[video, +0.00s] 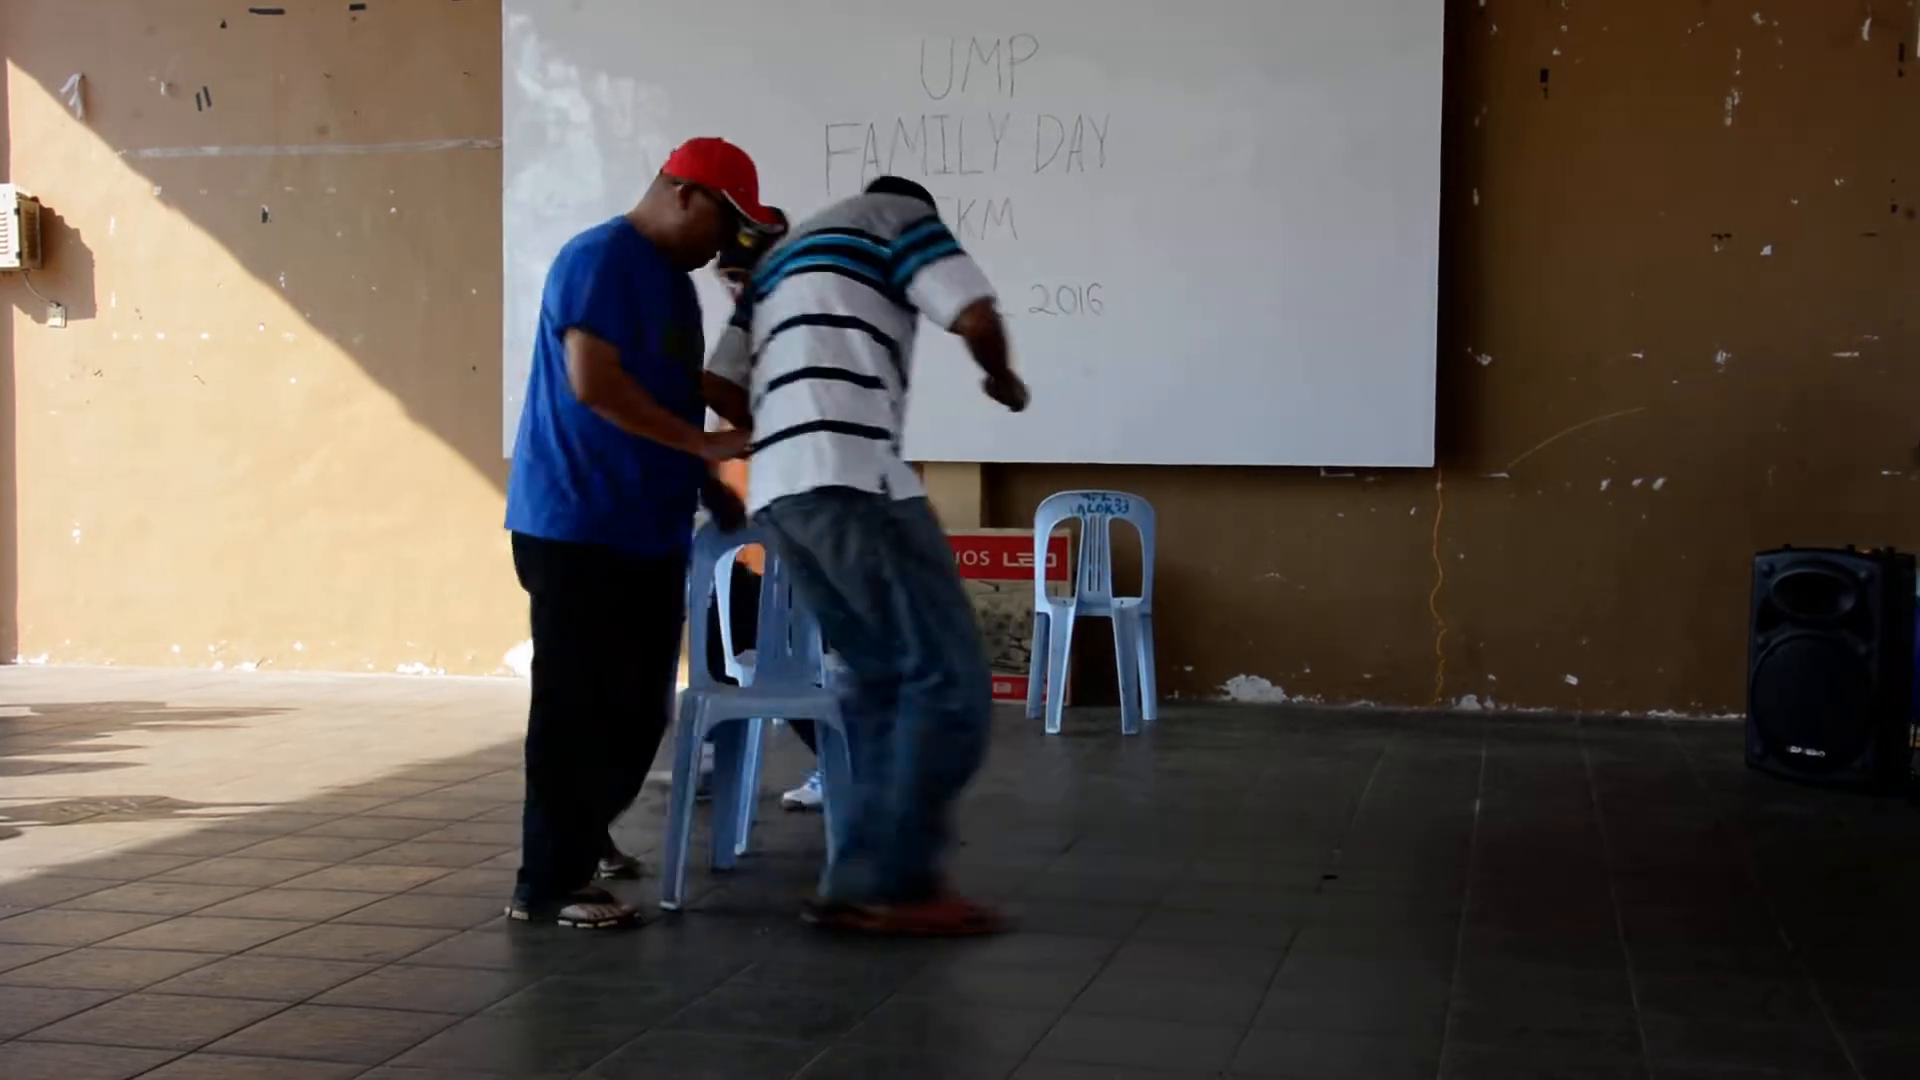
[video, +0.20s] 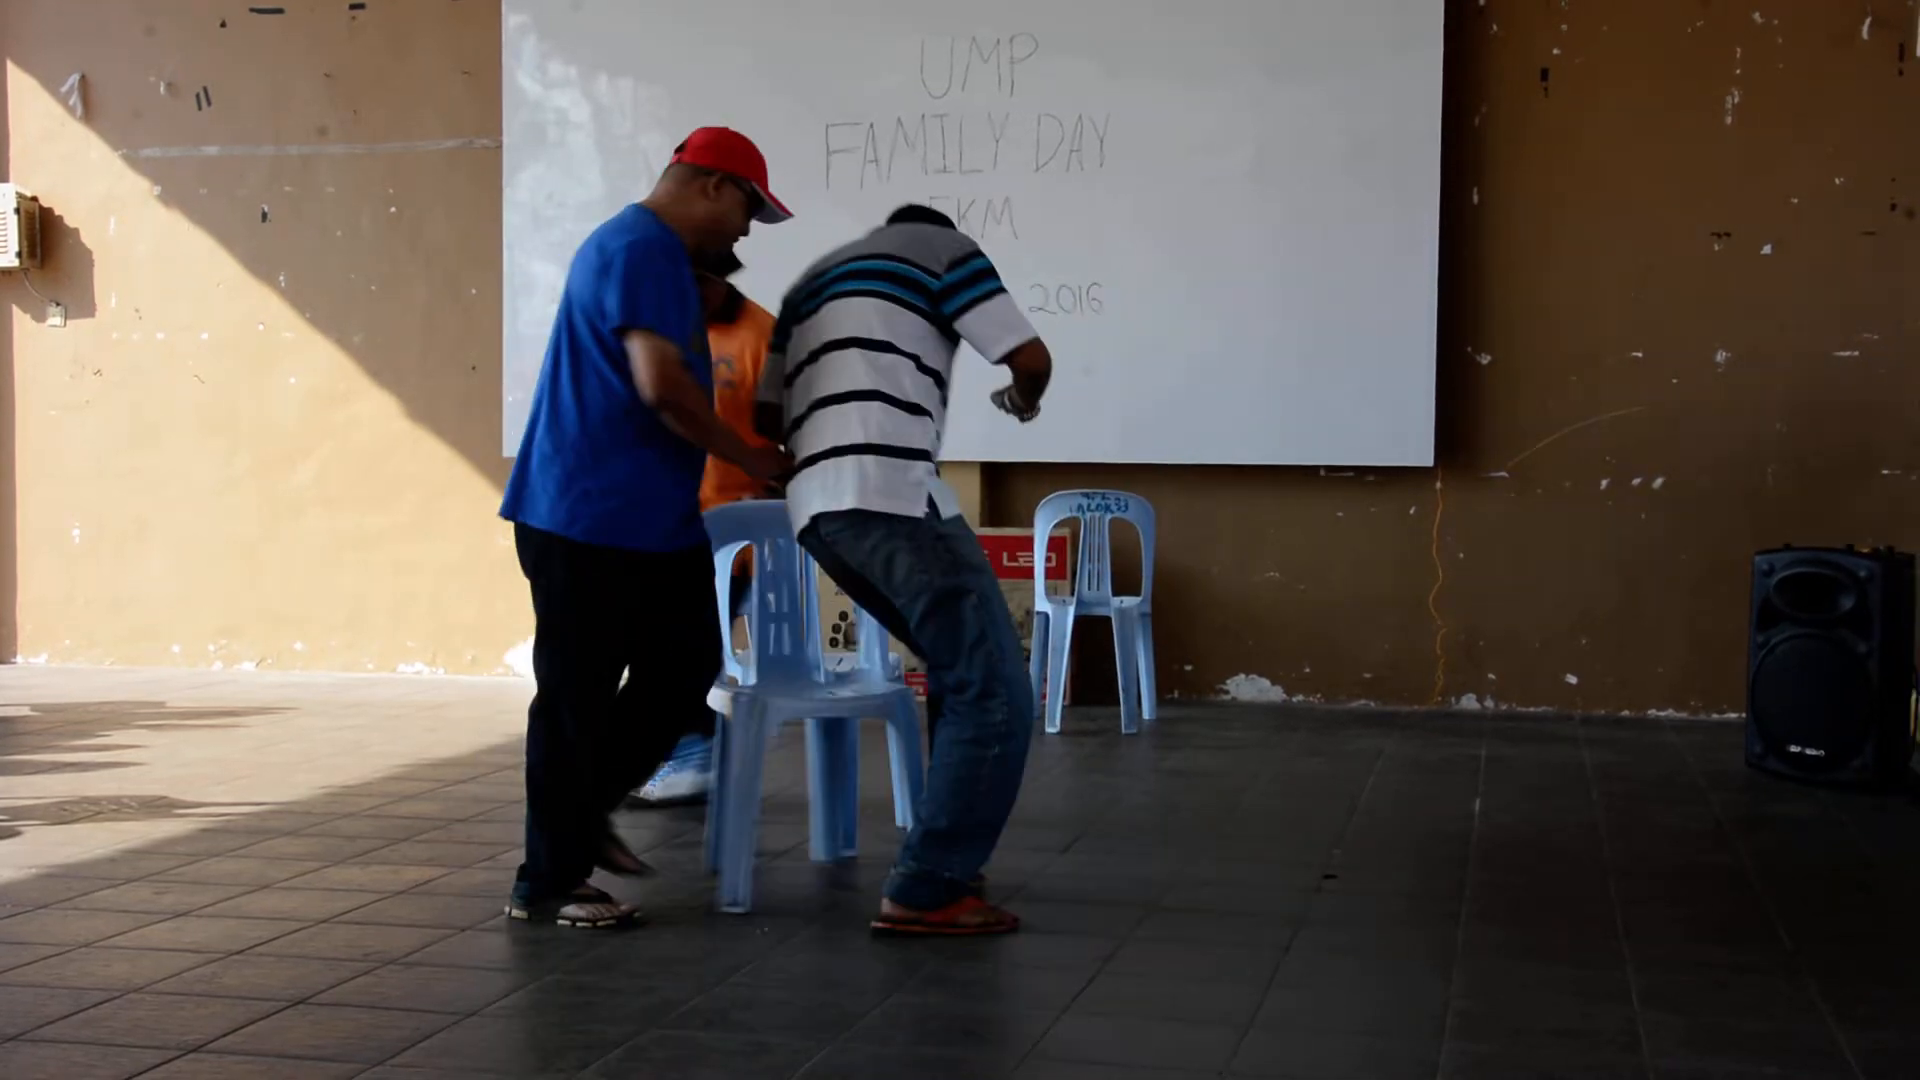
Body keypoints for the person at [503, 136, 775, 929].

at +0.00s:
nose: (724, 241)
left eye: (731, 227)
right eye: (722, 220)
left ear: (688, 202)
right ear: (684, 195)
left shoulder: (671, 283)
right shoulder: (606, 256)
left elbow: (671, 383)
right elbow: (594, 383)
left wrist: (747, 409)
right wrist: (698, 444)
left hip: (641, 534)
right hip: (578, 527)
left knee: (638, 704)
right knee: (577, 707)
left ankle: (580, 839)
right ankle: (550, 887)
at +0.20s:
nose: (744, 233)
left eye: (751, 218)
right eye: (745, 211)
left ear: (696, 186)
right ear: (709, 188)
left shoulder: (646, 249)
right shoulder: (645, 248)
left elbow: (668, 384)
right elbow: (658, 380)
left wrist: (740, 442)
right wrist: (750, 456)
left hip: (649, 520)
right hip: (587, 517)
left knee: (684, 668)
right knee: (576, 697)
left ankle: (585, 808)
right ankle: (549, 883)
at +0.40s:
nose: (770, 245)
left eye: (778, 232)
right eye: (773, 226)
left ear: (710, 194)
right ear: (743, 199)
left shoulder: (643, 245)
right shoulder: (702, 246)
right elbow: (741, 387)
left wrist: (732, 452)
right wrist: (784, 450)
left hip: (578, 504)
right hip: (643, 515)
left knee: (591, 700)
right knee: (701, 699)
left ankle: (556, 881)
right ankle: (656, 882)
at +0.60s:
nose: (805, 272)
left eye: (811, 260)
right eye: (809, 256)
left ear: (744, 222)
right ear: (788, 235)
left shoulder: (675, 264)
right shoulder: (750, 274)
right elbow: (768, 414)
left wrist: (769, 465)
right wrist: (826, 458)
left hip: (580, 504)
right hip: (640, 514)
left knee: (673, 695)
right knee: (697, 701)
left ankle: (634, 883)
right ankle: (636, 895)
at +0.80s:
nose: (829, 301)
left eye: (834, 290)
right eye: (834, 286)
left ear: (767, 246)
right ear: (820, 267)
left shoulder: (697, 280)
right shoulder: (805, 311)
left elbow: (667, 423)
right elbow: (843, 431)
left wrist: (747, 499)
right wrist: (884, 464)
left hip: (575, 502)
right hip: (643, 516)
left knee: (662, 705)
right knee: (691, 711)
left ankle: (646, 881)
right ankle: (625, 902)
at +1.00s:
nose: (840, 281)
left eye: (843, 272)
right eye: (841, 269)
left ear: (771, 233)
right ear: (823, 251)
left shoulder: (702, 275)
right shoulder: (809, 278)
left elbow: (665, 409)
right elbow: (884, 371)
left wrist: (754, 493)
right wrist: (934, 418)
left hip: (595, 496)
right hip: (656, 505)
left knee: (678, 693)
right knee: (734, 686)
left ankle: (639, 881)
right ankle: (665, 889)